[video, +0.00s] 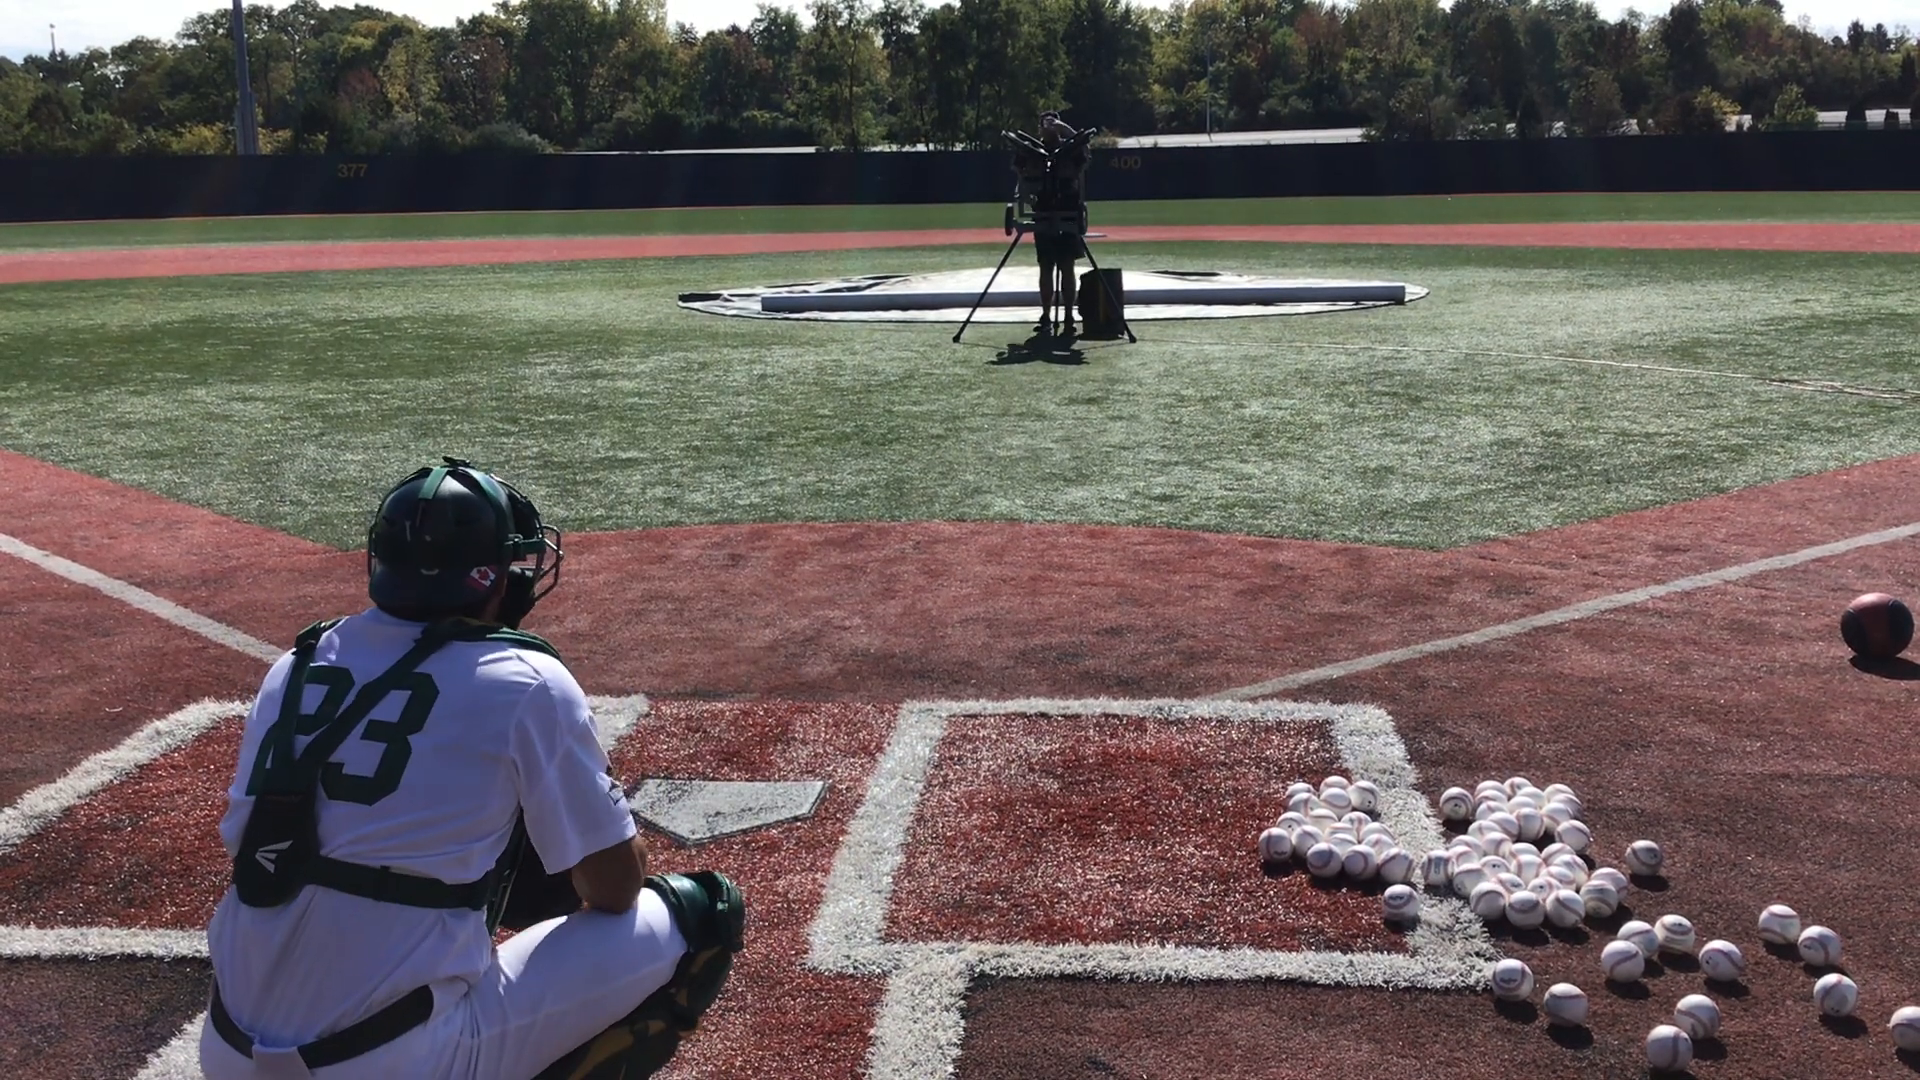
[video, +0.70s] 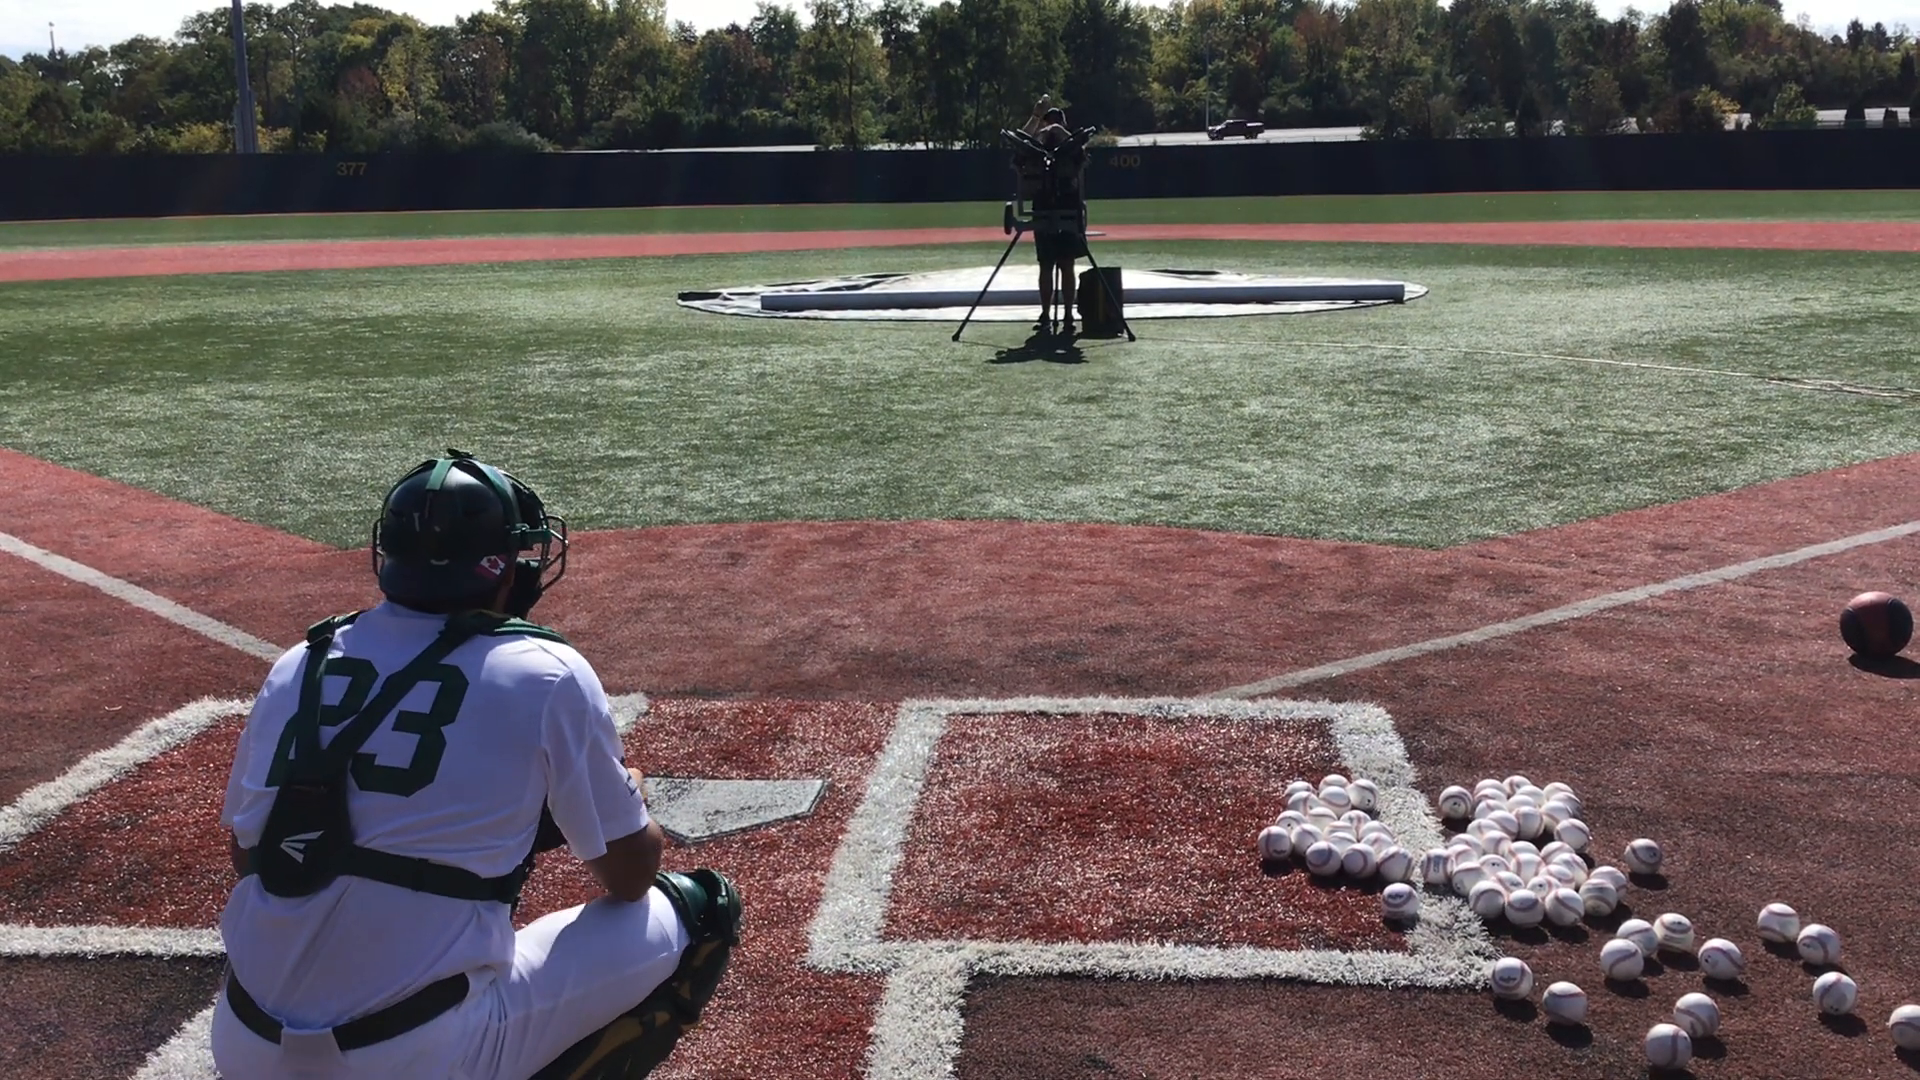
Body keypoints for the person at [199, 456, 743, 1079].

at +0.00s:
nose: (523, 576)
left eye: (520, 561)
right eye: (515, 565)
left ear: (384, 566)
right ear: (490, 583)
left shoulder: (300, 660)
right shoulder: (526, 683)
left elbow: (242, 838)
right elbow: (613, 888)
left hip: (232, 1045)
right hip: (398, 1058)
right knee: (703, 911)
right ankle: (563, 1064)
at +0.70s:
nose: (530, 565)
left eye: (526, 550)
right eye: (521, 553)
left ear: (390, 560)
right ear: (498, 575)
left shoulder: (303, 660)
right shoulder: (545, 675)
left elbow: (247, 845)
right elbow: (627, 873)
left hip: (245, 1042)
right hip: (416, 1056)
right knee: (701, 907)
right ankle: (560, 1070)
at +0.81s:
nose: (524, 531)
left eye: (521, 516)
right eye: (516, 519)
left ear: (386, 529)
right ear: (497, 537)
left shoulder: (309, 623)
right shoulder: (547, 636)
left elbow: (238, 815)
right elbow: (666, 819)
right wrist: (626, 725)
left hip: (248, 1016)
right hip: (408, 1034)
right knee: (661, 895)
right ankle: (525, 1068)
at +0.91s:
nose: (526, 475)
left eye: (523, 459)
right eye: (519, 462)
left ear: (388, 469)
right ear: (498, 478)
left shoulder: (311, 561)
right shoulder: (543, 565)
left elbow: (236, 747)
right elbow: (687, 736)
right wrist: (597, 691)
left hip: (266, 953)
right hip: (425, 949)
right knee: (665, 860)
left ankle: (341, 1065)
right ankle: (521, 1067)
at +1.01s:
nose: (536, 443)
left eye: (532, 427)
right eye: (529, 429)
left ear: (402, 433)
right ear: (510, 441)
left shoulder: (327, 519)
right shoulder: (558, 521)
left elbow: (245, 700)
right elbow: (711, 697)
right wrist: (608, 684)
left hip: (269, 880)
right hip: (446, 888)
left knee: (243, 793)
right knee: (705, 824)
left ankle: (255, 1068)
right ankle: (620, 1066)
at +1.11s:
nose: (548, 457)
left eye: (543, 441)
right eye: (541, 442)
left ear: (414, 449)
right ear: (520, 452)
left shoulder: (332, 543)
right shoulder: (565, 532)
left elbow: (268, 703)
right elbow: (727, 710)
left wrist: (503, 711)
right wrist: (627, 701)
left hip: (275, 878)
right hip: (469, 882)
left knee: (224, 819)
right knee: (720, 869)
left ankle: (153, 1064)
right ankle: (710, 1061)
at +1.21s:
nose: (548, 499)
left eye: (544, 483)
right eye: (543, 484)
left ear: (414, 486)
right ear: (525, 492)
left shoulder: (339, 578)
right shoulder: (563, 570)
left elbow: (279, 733)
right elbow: (733, 740)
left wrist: (517, 747)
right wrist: (632, 742)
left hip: (272, 916)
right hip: (464, 921)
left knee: (201, 827)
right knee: (725, 859)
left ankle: (170, 1066)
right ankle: (694, 1066)